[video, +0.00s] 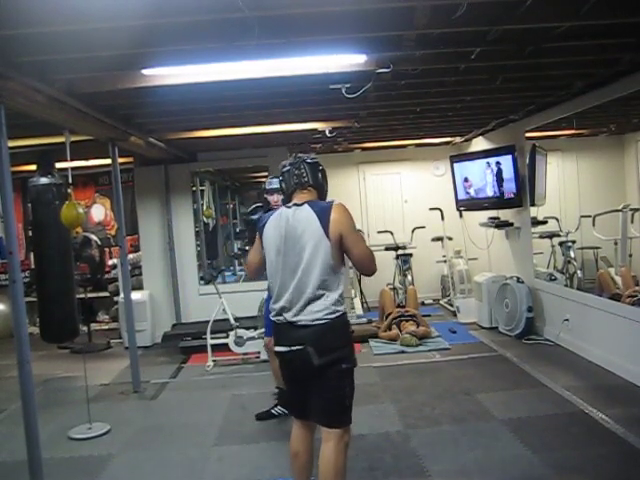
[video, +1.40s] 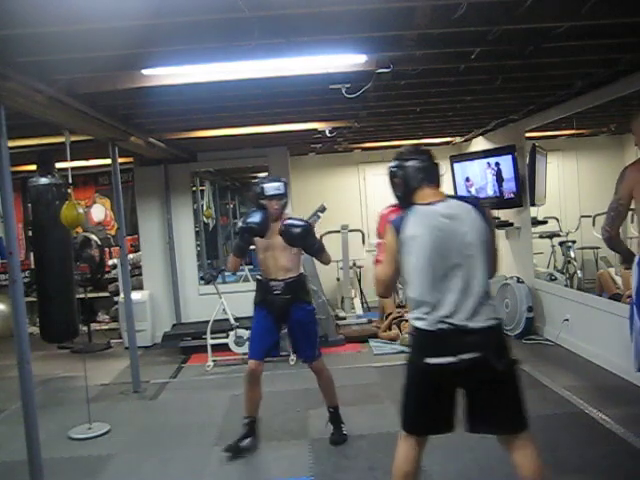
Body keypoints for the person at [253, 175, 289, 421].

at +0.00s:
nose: (273, 199)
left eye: (277, 194)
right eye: (269, 194)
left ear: (289, 195)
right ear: (264, 197)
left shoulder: (301, 218)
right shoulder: (266, 221)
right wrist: (255, 229)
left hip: (302, 289)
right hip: (276, 288)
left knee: (302, 343)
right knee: (271, 343)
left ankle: (308, 397)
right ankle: (284, 397)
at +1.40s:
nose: (276, 204)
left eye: (280, 199)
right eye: (271, 200)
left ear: (286, 200)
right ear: (260, 202)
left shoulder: (297, 226)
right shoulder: (253, 229)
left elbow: (326, 259)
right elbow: (233, 265)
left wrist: (308, 240)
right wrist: (244, 236)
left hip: (297, 298)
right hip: (266, 299)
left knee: (315, 363)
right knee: (253, 368)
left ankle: (336, 421)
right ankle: (250, 433)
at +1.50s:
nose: (259, 209)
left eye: (264, 203)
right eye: (254, 204)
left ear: (271, 203)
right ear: (246, 205)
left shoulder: (286, 226)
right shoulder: (242, 231)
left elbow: (319, 258)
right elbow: (223, 269)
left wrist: (310, 240)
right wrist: (234, 241)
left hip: (285, 299)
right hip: (254, 301)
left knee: (305, 369)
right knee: (242, 373)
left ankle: (335, 422)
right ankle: (243, 439)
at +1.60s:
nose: (251, 207)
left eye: (256, 201)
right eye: (246, 202)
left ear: (262, 202)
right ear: (236, 203)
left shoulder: (272, 224)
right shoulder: (226, 230)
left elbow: (305, 256)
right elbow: (211, 275)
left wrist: (303, 242)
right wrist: (225, 245)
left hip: (273, 300)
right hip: (241, 301)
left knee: (287, 374)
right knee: (235, 375)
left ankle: (323, 416)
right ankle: (242, 438)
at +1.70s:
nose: (245, 203)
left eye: (249, 197)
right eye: (240, 197)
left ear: (255, 197)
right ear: (227, 198)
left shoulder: (265, 222)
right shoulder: (213, 228)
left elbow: (293, 257)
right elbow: (201, 273)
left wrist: (298, 243)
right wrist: (217, 244)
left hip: (264, 299)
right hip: (230, 301)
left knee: (272, 371)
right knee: (233, 376)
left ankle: (294, 423)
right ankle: (242, 438)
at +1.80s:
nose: (242, 202)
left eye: (246, 196)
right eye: (236, 196)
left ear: (250, 198)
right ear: (221, 196)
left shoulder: (258, 222)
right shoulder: (204, 226)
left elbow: (289, 258)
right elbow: (193, 271)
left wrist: (295, 242)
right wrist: (212, 243)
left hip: (257, 301)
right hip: (224, 303)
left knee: (261, 376)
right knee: (231, 377)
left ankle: (264, 453)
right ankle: (241, 438)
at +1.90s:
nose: (238, 206)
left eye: (242, 200)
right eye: (232, 200)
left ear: (247, 201)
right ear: (217, 201)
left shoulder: (255, 225)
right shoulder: (201, 229)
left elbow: (284, 261)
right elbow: (190, 274)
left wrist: (292, 246)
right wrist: (211, 244)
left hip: (251, 303)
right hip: (217, 305)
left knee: (248, 385)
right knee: (222, 384)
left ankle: (244, 462)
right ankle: (236, 433)